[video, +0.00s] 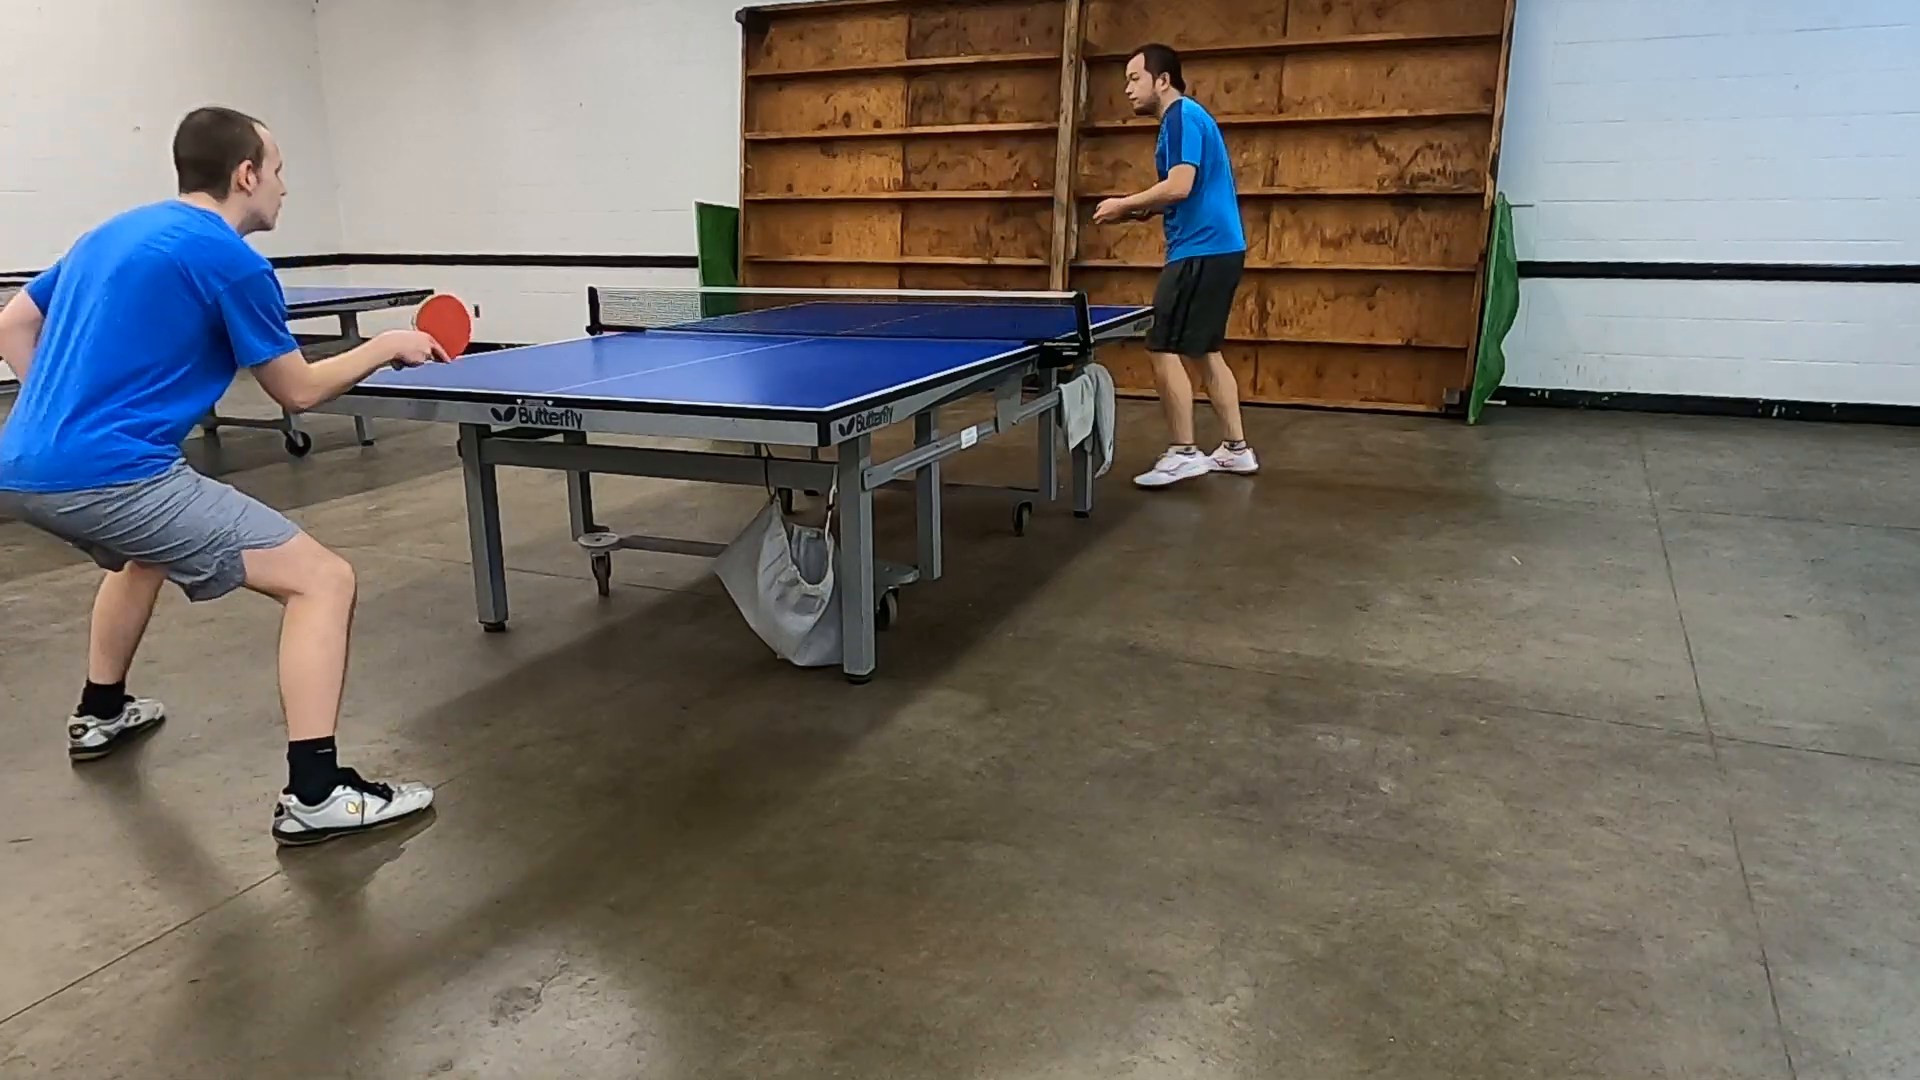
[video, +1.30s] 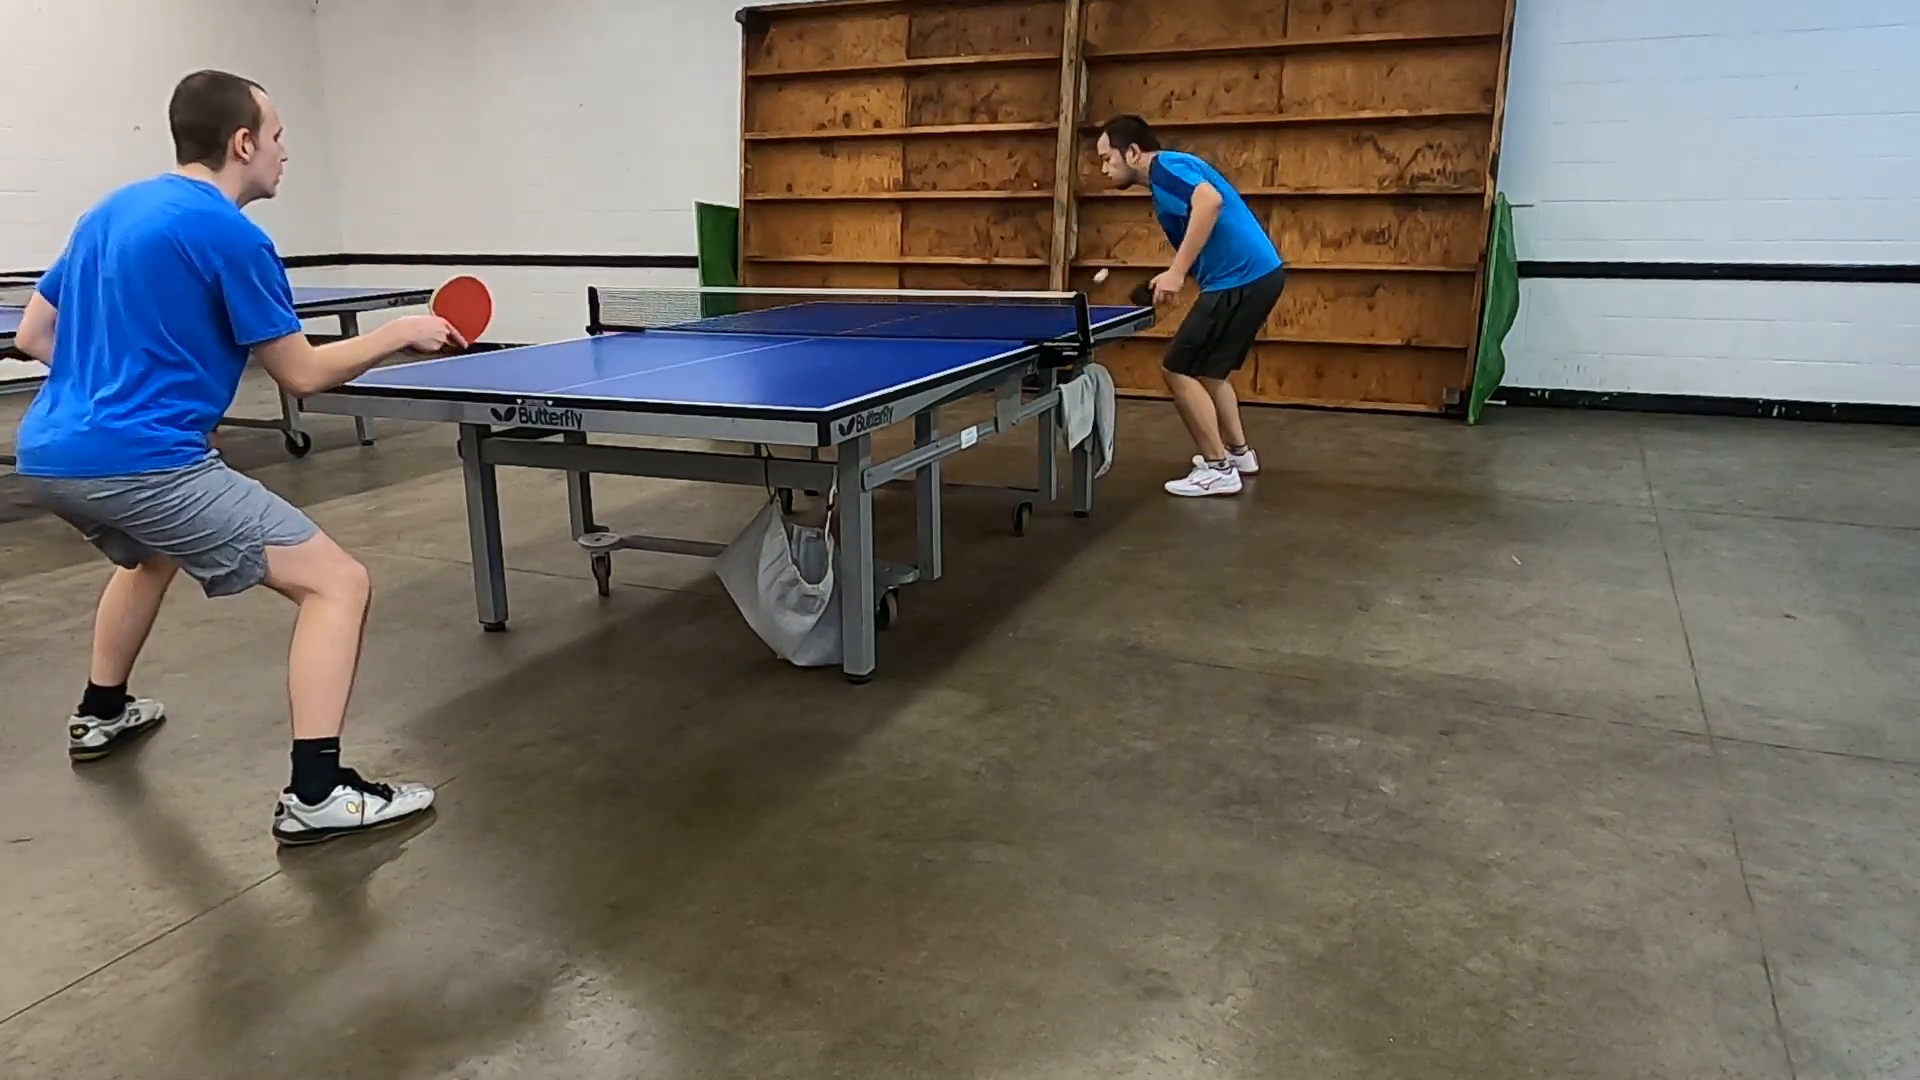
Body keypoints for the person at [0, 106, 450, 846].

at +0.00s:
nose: (281, 186)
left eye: (280, 171)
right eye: (276, 171)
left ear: (191, 175)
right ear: (244, 174)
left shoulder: (115, 233)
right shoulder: (231, 260)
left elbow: (15, 321)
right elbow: (298, 388)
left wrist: (64, 403)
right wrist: (387, 346)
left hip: (25, 470)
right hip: (110, 476)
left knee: (147, 547)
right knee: (324, 581)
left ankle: (100, 711)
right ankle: (317, 790)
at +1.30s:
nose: (281, 150)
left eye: (279, 135)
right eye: (274, 135)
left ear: (194, 144)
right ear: (239, 142)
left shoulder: (108, 212)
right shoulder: (229, 235)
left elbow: (32, 336)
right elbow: (303, 372)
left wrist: (130, 363)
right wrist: (398, 334)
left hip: (52, 455)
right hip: (145, 463)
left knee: (152, 552)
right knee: (339, 584)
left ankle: (101, 712)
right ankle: (316, 790)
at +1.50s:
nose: (274, 132)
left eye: (271, 117)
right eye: (265, 118)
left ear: (194, 127)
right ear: (225, 126)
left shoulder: (106, 196)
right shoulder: (192, 223)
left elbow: (144, 325)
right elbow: (287, 368)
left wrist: (260, 327)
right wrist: (402, 336)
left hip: (51, 442)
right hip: (126, 454)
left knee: (163, 553)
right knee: (315, 581)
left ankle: (104, 711)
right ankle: (316, 790)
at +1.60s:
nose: (272, 112)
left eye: (269, 97)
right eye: (261, 98)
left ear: (202, 107)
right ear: (217, 107)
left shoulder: (135, 175)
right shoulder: (153, 199)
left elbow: (191, 306)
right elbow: (231, 361)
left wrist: (301, 298)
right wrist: (372, 371)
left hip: (83, 409)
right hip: (90, 423)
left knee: (170, 535)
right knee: (261, 572)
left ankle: (107, 681)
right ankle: (287, 779)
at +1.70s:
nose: (262, 128)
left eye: (259, 111)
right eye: (251, 113)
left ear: (194, 123)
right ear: (201, 124)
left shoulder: (176, 203)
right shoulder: (124, 225)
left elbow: (200, 311)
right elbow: (179, 390)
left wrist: (305, 310)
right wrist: (299, 438)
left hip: (138, 415)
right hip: (78, 439)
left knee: (231, 508)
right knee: (233, 593)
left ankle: (140, 642)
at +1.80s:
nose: (249, 154)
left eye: (245, 138)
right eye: (234, 141)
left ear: (187, 154)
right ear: (182, 154)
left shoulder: (191, 215)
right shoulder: (104, 258)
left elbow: (228, 308)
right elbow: (142, 422)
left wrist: (327, 317)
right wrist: (222, 511)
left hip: (152, 421)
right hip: (79, 442)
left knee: (246, 531)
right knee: (212, 578)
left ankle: (179, 654)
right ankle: (155, 785)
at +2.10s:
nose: (227, 168)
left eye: (225, 151)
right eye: (208, 157)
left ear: (169, 166)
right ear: (153, 171)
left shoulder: (192, 225)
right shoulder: (140, 272)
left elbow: (242, 270)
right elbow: (210, 400)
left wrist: (334, 230)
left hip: (206, 420)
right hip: (144, 447)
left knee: (313, 487)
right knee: (227, 591)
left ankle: (285, 621)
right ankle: (118, 778)